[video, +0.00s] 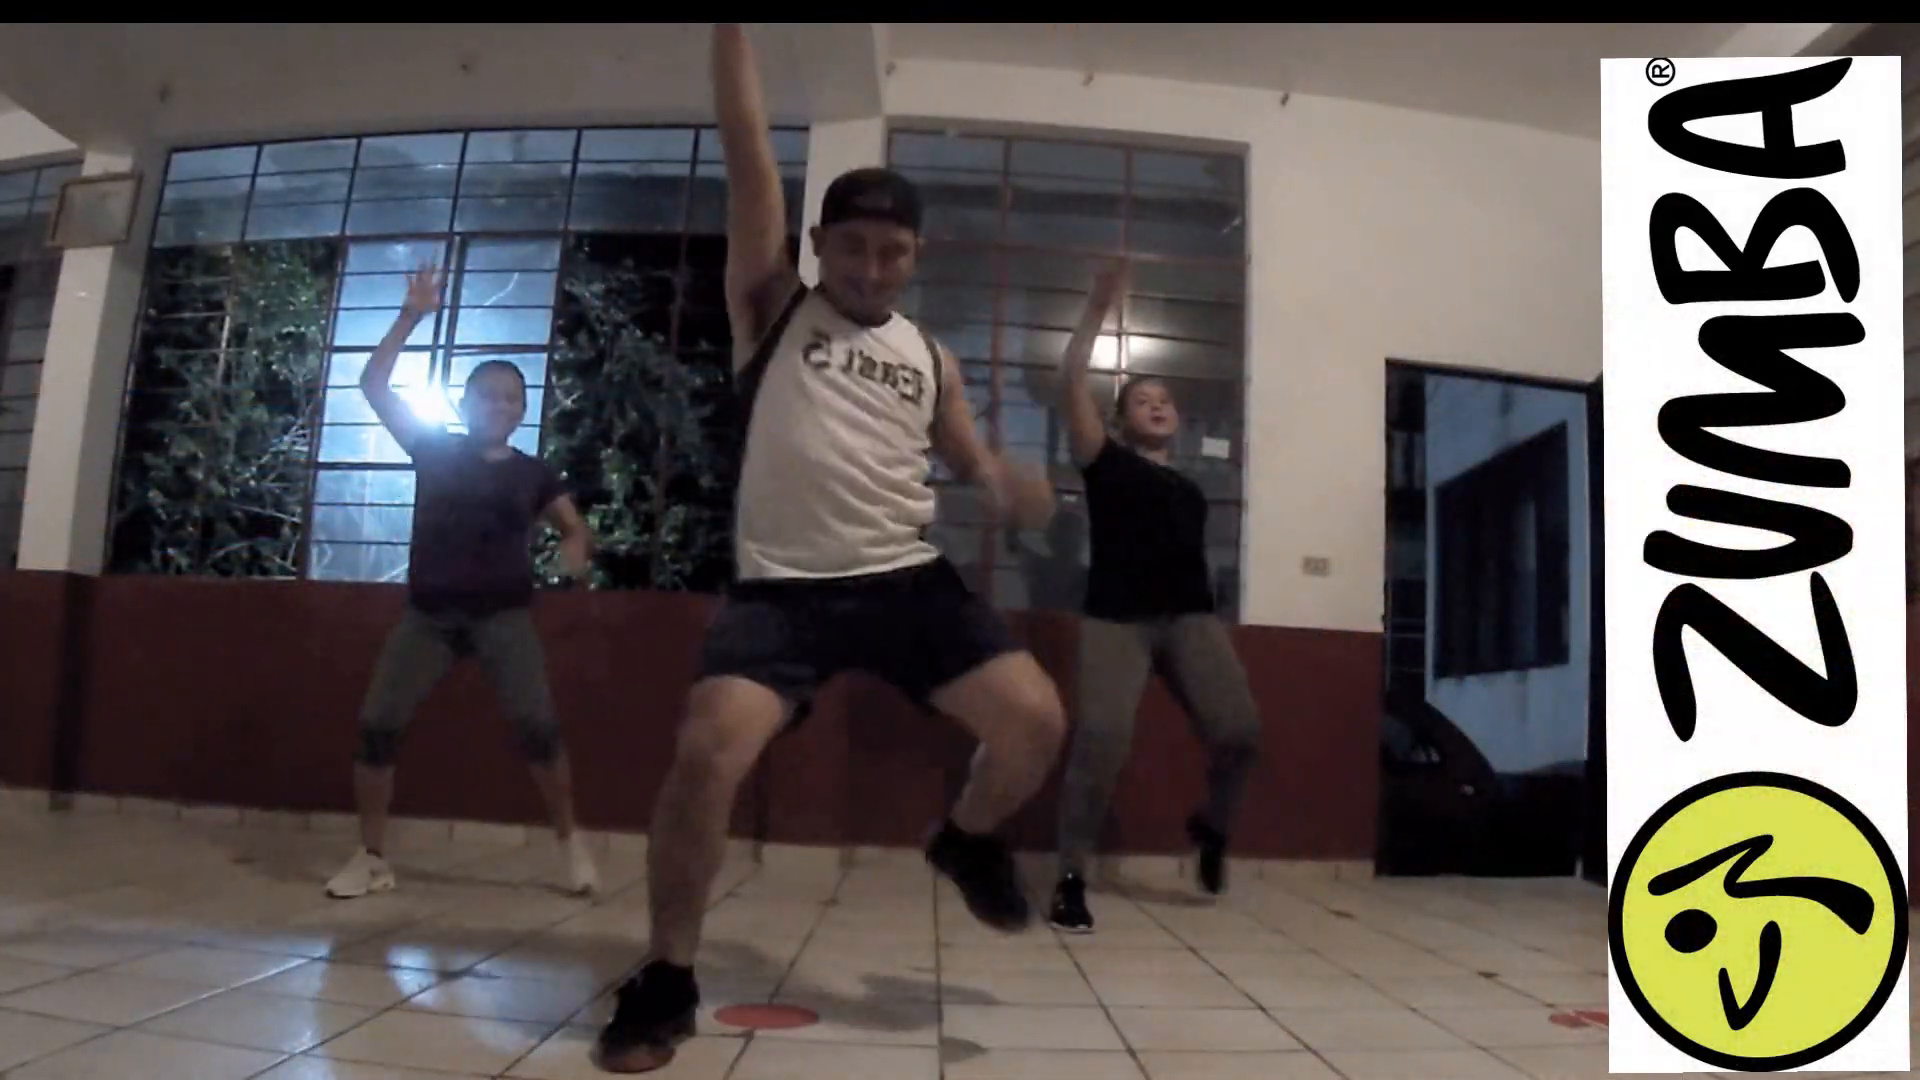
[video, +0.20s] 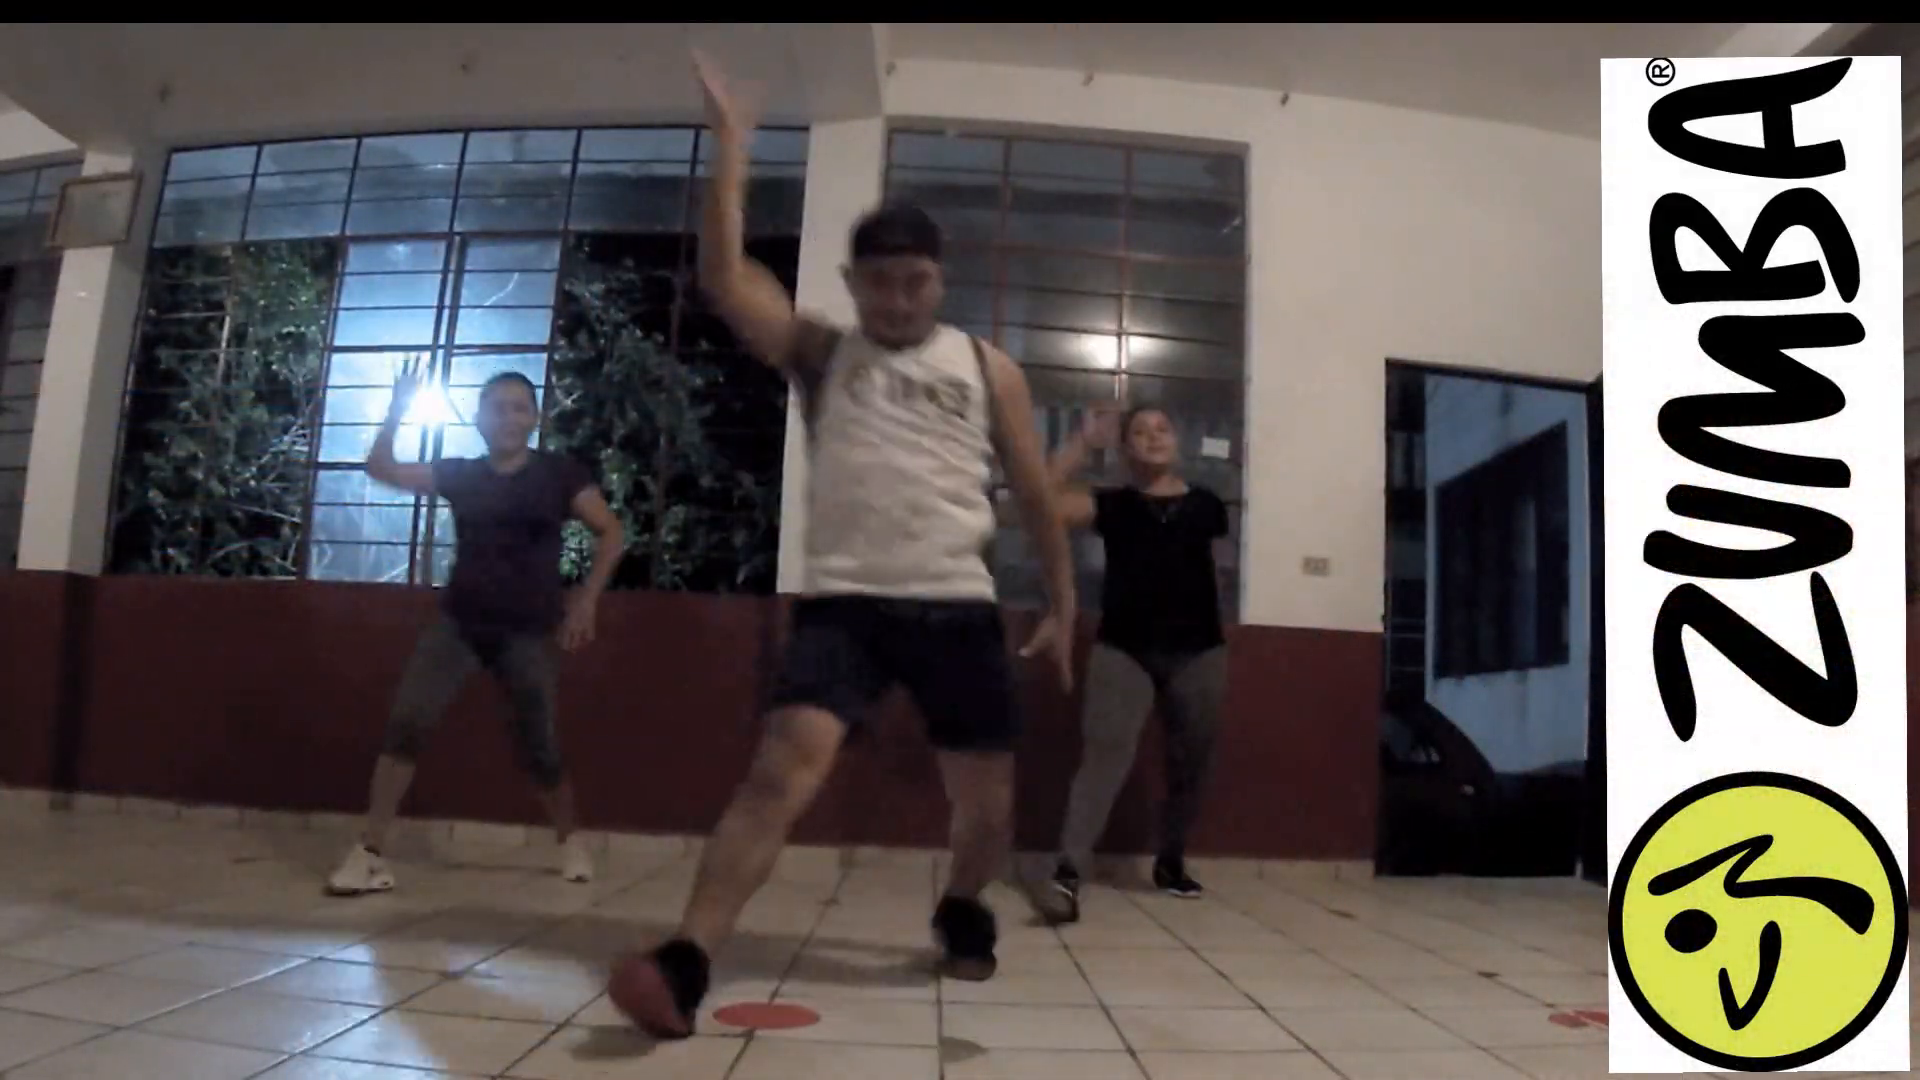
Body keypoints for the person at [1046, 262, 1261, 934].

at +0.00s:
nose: (1157, 409)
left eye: (1165, 403)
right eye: (1144, 403)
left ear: (1177, 421)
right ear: (1121, 419)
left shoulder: (1187, 487)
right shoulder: (1104, 462)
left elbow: (1186, 555)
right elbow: (1072, 381)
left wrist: (1195, 607)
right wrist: (1098, 307)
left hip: (1188, 618)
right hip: (1117, 621)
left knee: (1236, 729)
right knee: (1101, 739)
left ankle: (1214, 830)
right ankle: (1072, 875)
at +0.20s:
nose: (1154, 440)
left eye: (1162, 431)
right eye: (1143, 433)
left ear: (1178, 442)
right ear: (1125, 446)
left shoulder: (1204, 507)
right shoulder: (1113, 504)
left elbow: (1254, 548)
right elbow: (1046, 504)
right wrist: (1084, 443)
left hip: (1195, 650)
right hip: (1125, 647)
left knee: (1192, 760)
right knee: (1105, 754)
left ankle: (1171, 863)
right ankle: (1069, 868)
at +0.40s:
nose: (1150, 433)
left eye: (1158, 425)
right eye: (1139, 425)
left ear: (1172, 437)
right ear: (1120, 439)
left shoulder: (1198, 495)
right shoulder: (1103, 498)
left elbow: (1251, 552)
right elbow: (1081, 564)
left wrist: (1293, 611)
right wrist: (1070, 612)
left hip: (1184, 636)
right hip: (1114, 634)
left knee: (1188, 743)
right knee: (1090, 730)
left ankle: (1171, 859)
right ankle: (1072, 855)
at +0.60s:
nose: (1136, 436)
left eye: (1144, 427)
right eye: (1126, 427)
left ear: (1155, 439)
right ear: (1108, 438)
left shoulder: (1172, 503)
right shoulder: (1084, 496)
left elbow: (1194, 570)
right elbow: (1037, 541)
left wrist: (1230, 576)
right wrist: (1042, 597)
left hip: (1164, 639)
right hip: (1095, 637)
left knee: (1182, 743)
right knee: (1083, 746)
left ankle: (1150, 855)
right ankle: (1066, 854)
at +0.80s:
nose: (1130, 444)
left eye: (1139, 437)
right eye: (1119, 436)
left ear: (1152, 451)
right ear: (1102, 449)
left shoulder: (1173, 507)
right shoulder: (1079, 503)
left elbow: (1220, 555)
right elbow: (1030, 564)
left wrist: (1203, 490)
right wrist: (1047, 610)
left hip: (1158, 648)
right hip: (1092, 649)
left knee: (1220, 724)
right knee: (1077, 751)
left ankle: (1191, 849)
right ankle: (1063, 855)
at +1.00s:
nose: (1147, 424)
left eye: (1157, 417)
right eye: (1135, 419)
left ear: (1174, 429)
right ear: (1120, 435)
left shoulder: (1203, 475)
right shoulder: (1108, 496)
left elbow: (1259, 406)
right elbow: (1082, 561)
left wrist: (1304, 330)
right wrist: (1085, 608)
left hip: (1196, 623)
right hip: (1121, 625)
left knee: (1235, 735)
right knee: (1094, 738)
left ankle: (1266, 873)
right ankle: (1073, 855)